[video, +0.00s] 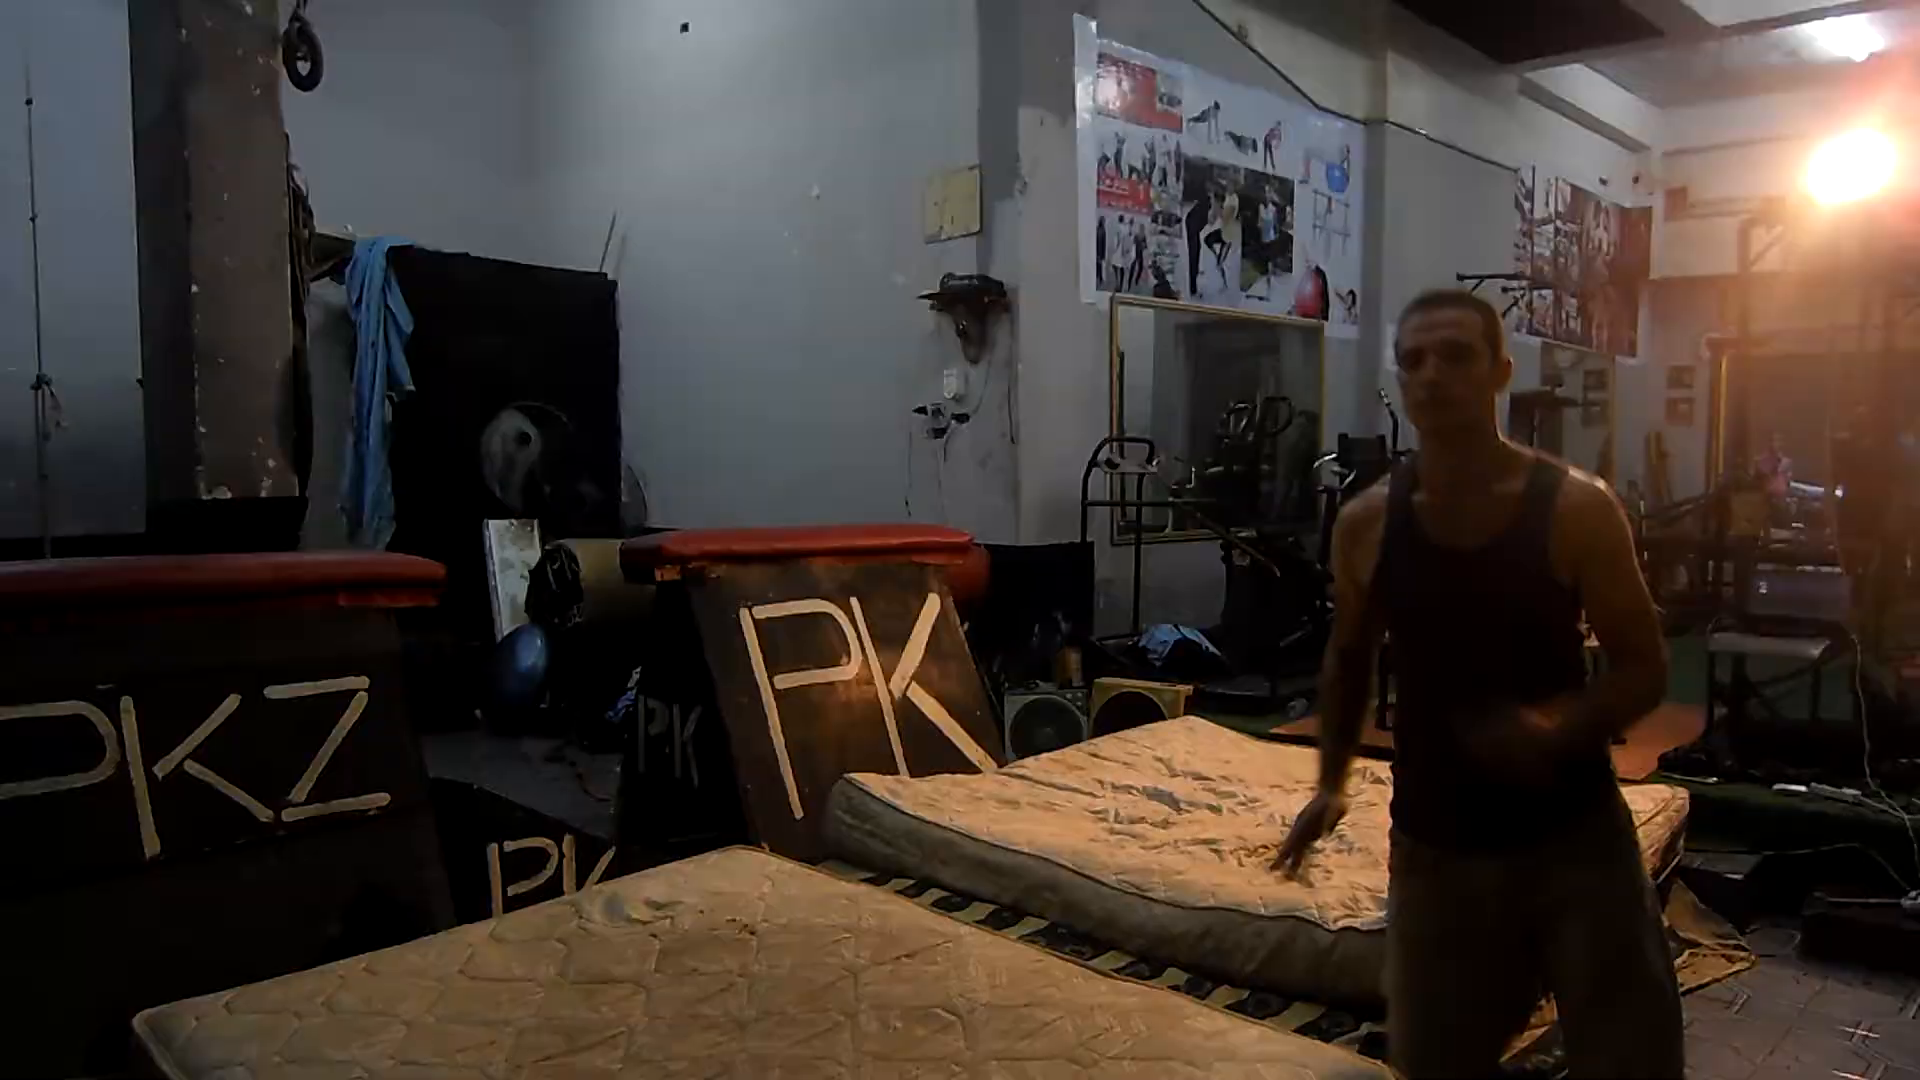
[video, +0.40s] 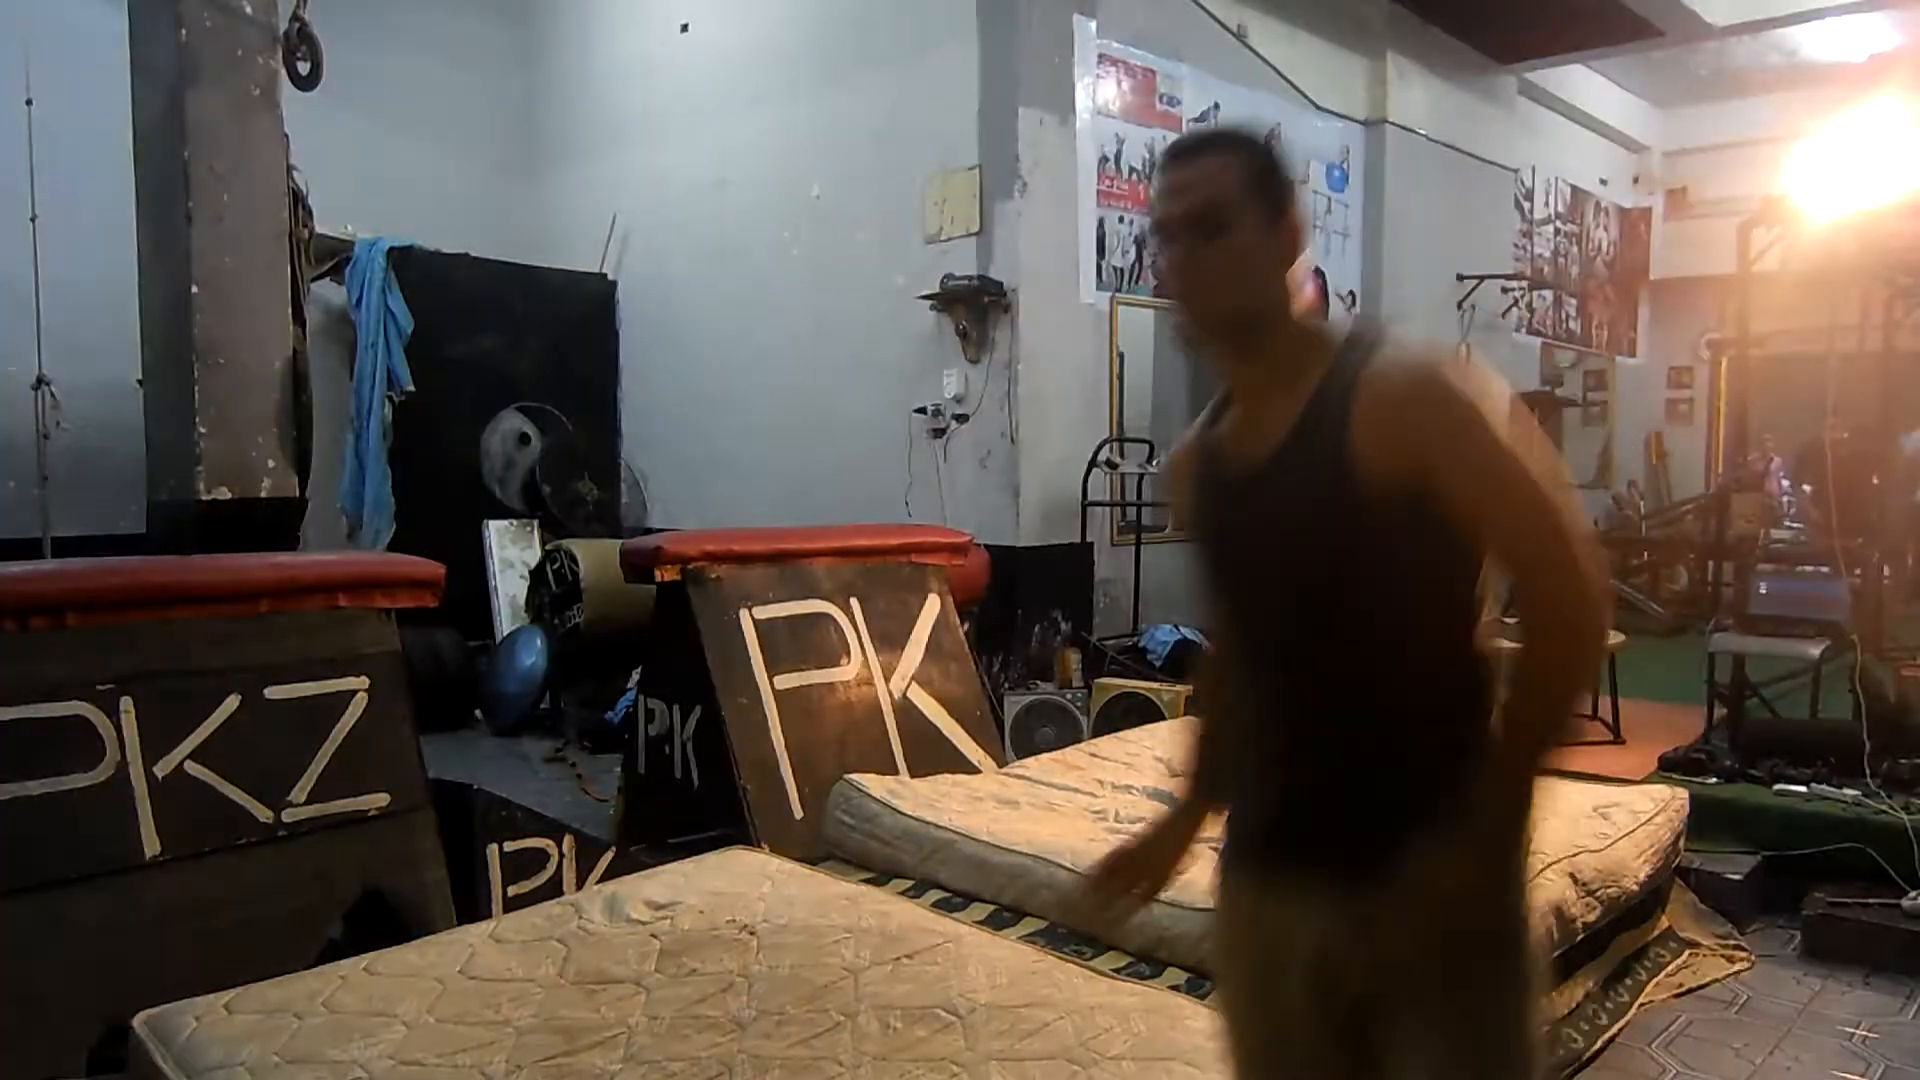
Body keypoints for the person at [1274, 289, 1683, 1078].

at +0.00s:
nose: (1429, 375)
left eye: (1454, 356)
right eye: (1413, 359)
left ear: (1502, 372)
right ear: (1396, 380)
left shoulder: (1578, 508)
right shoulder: (1366, 525)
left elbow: (1643, 669)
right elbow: (1350, 656)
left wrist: (1561, 726)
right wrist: (1330, 788)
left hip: (1572, 838)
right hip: (1437, 845)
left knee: (1631, 1060)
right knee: (1432, 1063)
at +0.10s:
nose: (1403, 342)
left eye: (1427, 318)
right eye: (1384, 321)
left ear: (1478, 322)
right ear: (1369, 338)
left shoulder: (1555, 454)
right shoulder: (1354, 486)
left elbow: (1639, 620)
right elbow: (1351, 615)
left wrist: (1475, 628)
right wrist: (1340, 732)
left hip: (1565, 813)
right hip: (1422, 819)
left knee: (1622, 1055)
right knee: (1407, 1051)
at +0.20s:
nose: (1332, 255)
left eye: (1358, 230)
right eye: (1319, 235)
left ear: (1417, 239)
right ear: (1309, 256)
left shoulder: (1504, 362)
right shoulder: (1311, 418)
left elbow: (1630, 529)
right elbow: (1344, 555)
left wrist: (1413, 554)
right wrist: (1334, 669)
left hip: (1535, 769)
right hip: (1388, 765)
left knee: (1607, 1032)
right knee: (1360, 1023)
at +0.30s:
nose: (1256, 209)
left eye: (1287, 182)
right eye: (1243, 190)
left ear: (1359, 192)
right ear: (1235, 215)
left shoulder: (1452, 323)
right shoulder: (1261, 400)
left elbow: (1603, 512)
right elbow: (1303, 563)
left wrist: (1412, 639)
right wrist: (1296, 702)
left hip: (1498, 784)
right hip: (1341, 786)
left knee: (1557, 1060)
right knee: (1334, 1063)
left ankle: (1621, 1059)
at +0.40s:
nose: (1174, 262)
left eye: (1206, 226)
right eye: (1161, 238)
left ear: (1290, 232)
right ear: (1152, 260)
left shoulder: (1418, 394)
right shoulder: (1201, 463)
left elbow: (1571, 598)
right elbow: (1240, 654)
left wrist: (1493, 820)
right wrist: (1180, 829)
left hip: (1436, 871)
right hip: (1272, 876)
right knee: (1282, 1065)